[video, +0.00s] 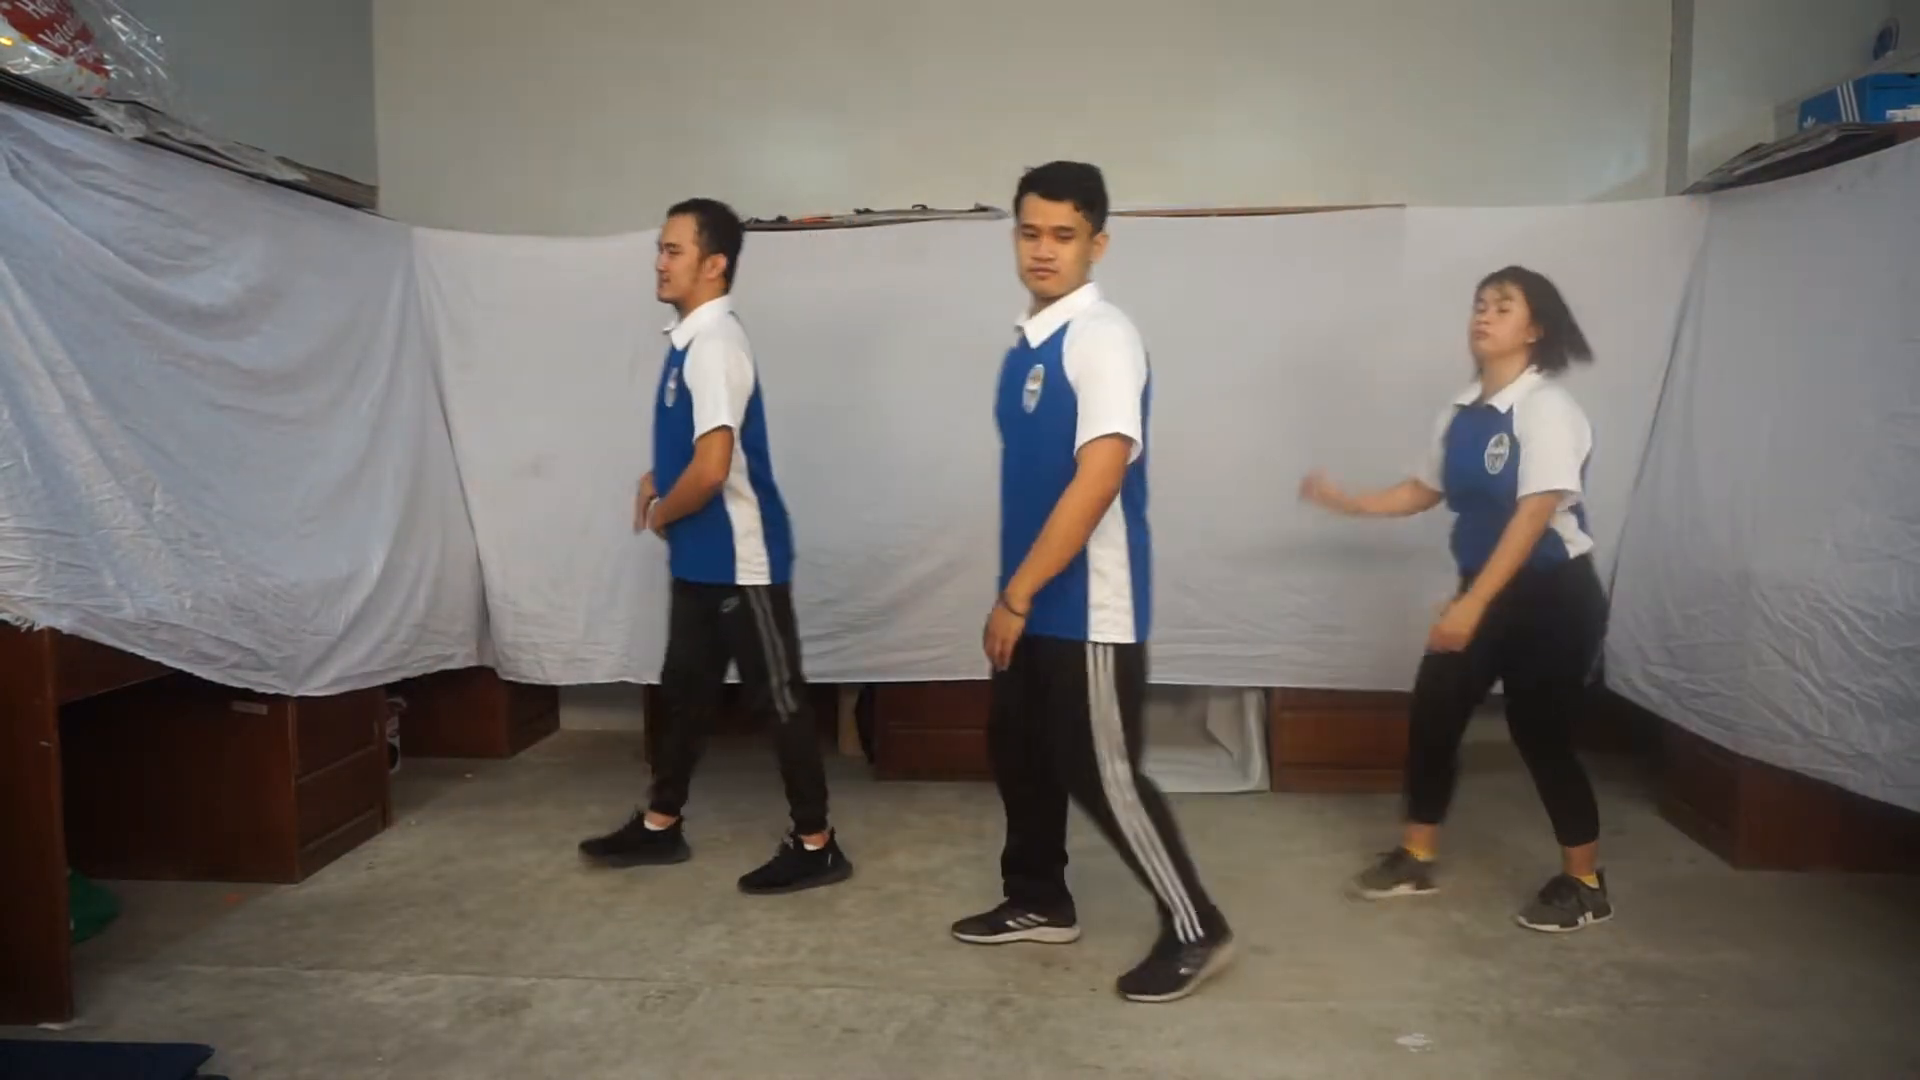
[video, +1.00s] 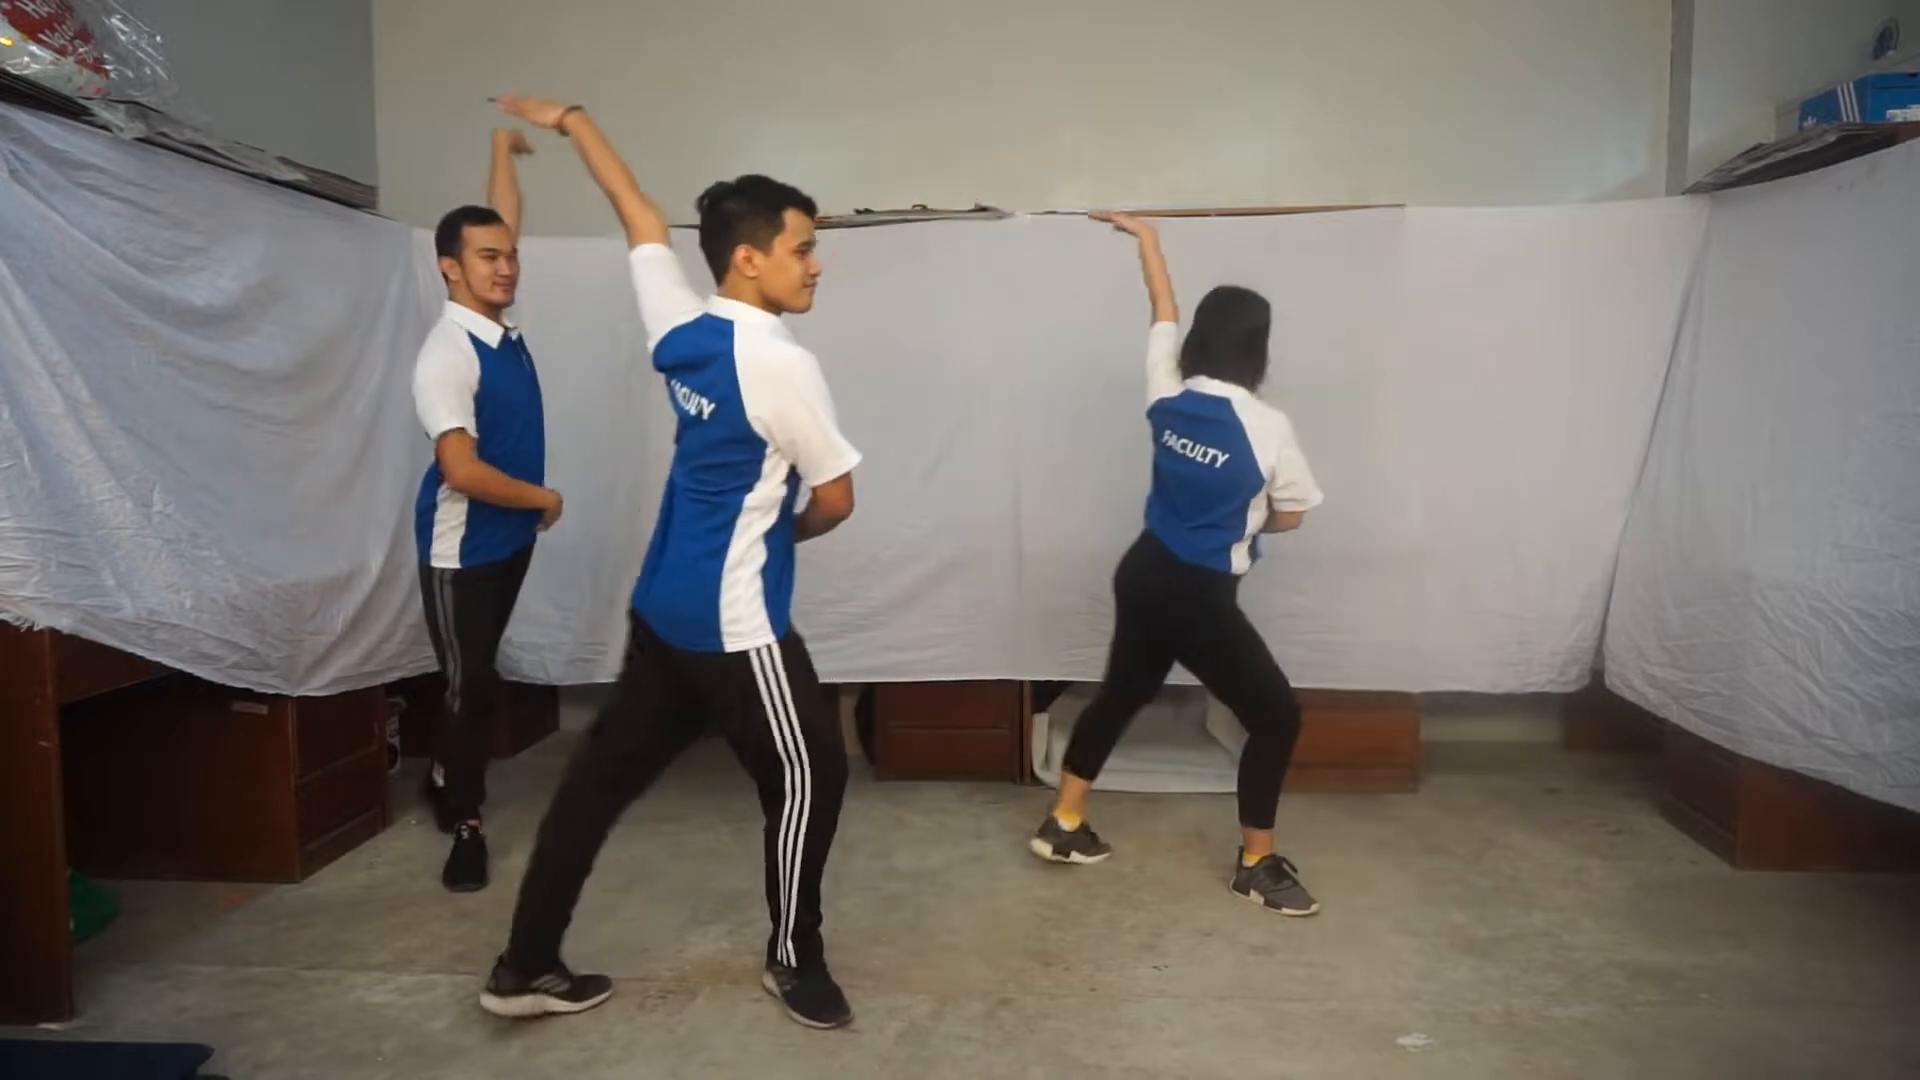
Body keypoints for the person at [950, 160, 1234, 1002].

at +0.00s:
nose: (1041, 249)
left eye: (1061, 235)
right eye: (1029, 233)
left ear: (1096, 242)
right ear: (1014, 236)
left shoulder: (1104, 336)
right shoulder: (1032, 336)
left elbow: (1099, 477)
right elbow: (1036, 478)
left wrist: (1016, 596)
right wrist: (1023, 593)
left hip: (1093, 599)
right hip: (1036, 594)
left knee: (1104, 768)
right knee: (1020, 750)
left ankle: (1195, 927)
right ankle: (1038, 900)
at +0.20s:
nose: (990, 240)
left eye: (1008, 226)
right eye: (973, 224)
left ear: (1028, 237)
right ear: (947, 235)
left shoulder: (1068, 337)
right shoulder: (919, 346)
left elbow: (1119, 465)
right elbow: (888, 462)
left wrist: (1066, 590)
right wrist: (842, 560)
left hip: (1023, 602)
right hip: (937, 600)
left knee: (992, 773)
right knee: (947, 750)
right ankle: (1024, 871)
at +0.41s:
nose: (941, 240)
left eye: (952, 225)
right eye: (922, 223)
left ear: (962, 236)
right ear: (878, 235)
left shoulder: (999, 334)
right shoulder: (832, 347)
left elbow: (1109, 397)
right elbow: (764, 458)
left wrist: (1115, 481)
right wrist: (670, 562)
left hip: (979, 606)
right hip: (875, 609)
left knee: (975, 779)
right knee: (858, 772)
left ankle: (963, 938)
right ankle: (851, 915)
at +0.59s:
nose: (897, 235)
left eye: (898, 220)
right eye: (879, 220)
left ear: (896, 232)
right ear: (823, 230)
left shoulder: (902, 306)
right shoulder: (798, 340)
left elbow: (974, 234)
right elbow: (826, 476)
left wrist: (1036, 156)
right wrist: (900, 577)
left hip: (899, 584)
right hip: (821, 596)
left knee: (923, 765)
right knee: (818, 781)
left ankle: (934, 933)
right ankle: (793, 954)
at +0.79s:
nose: (853, 240)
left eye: (852, 223)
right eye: (840, 224)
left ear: (777, 234)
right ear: (781, 234)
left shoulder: (749, 303)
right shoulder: (799, 335)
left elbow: (757, 199)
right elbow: (862, 472)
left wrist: (750, 89)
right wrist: (920, 542)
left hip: (759, 579)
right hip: (789, 593)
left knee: (784, 756)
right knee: (814, 774)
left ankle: (666, 895)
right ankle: (795, 956)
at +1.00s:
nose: (816, 266)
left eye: (814, 249)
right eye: (802, 250)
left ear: (737, 261)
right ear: (744, 260)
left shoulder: (679, 325)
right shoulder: (784, 365)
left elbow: (639, 218)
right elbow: (834, 504)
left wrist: (572, 120)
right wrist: (775, 522)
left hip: (667, 604)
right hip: (738, 617)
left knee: (606, 773)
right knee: (809, 778)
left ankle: (527, 963)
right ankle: (796, 958)